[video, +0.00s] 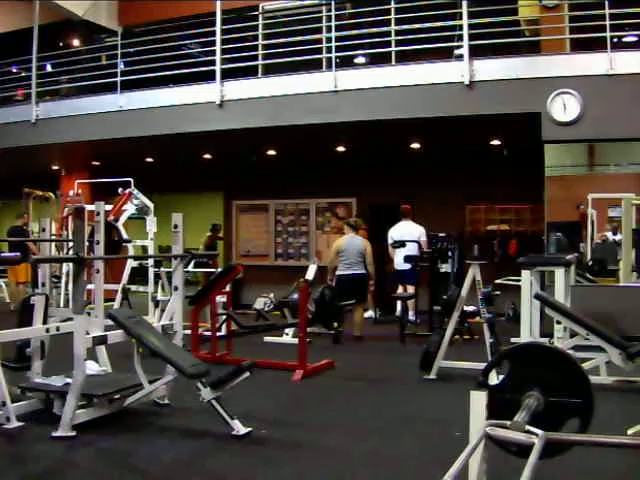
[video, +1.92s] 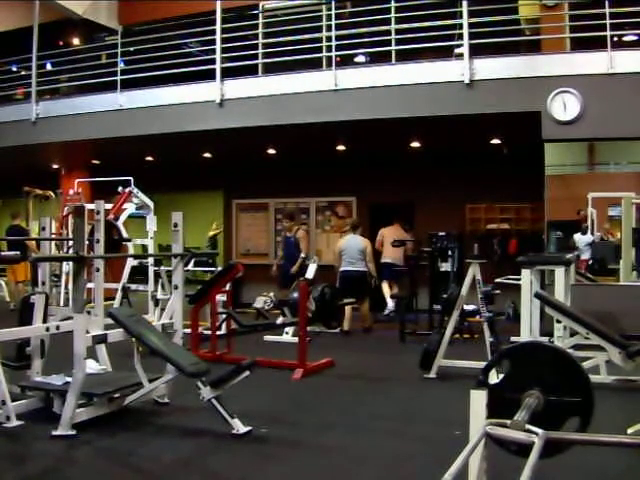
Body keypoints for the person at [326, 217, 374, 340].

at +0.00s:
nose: (344, 230)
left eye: (344, 228)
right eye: (345, 228)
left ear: (346, 228)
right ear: (356, 229)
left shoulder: (338, 242)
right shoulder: (365, 242)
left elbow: (332, 261)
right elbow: (369, 263)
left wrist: (330, 275)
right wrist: (372, 278)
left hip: (342, 275)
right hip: (360, 275)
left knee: (340, 306)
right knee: (358, 306)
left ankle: (339, 330)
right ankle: (357, 333)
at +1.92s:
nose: (360, 231)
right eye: (360, 229)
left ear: (349, 228)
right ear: (359, 229)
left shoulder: (341, 242)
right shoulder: (365, 242)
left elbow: (337, 260)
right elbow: (369, 261)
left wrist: (338, 270)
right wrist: (374, 275)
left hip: (345, 272)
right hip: (361, 272)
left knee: (348, 302)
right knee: (363, 300)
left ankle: (346, 327)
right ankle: (366, 324)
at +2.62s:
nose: (373, 228)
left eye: (372, 227)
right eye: (373, 227)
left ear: (361, 227)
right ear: (371, 227)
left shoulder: (354, 240)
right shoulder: (377, 240)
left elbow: (351, 256)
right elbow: (382, 257)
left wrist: (352, 266)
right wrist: (387, 268)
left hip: (358, 269)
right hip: (372, 269)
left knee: (359, 298)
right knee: (369, 297)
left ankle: (361, 322)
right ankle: (367, 324)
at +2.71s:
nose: (373, 228)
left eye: (372, 226)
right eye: (372, 227)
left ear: (361, 227)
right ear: (371, 227)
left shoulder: (354, 240)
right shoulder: (377, 240)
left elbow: (351, 258)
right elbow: (381, 257)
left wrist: (352, 269)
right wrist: (387, 270)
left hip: (358, 269)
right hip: (371, 269)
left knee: (360, 297)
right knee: (369, 297)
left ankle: (362, 322)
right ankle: (367, 323)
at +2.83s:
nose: (373, 229)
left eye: (372, 227)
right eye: (372, 227)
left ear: (361, 227)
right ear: (370, 227)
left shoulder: (354, 241)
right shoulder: (375, 241)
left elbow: (352, 259)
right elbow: (380, 259)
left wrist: (351, 273)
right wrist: (386, 272)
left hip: (358, 269)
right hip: (371, 269)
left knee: (360, 297)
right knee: (369, 297)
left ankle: (363, 321)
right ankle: (367, 323)